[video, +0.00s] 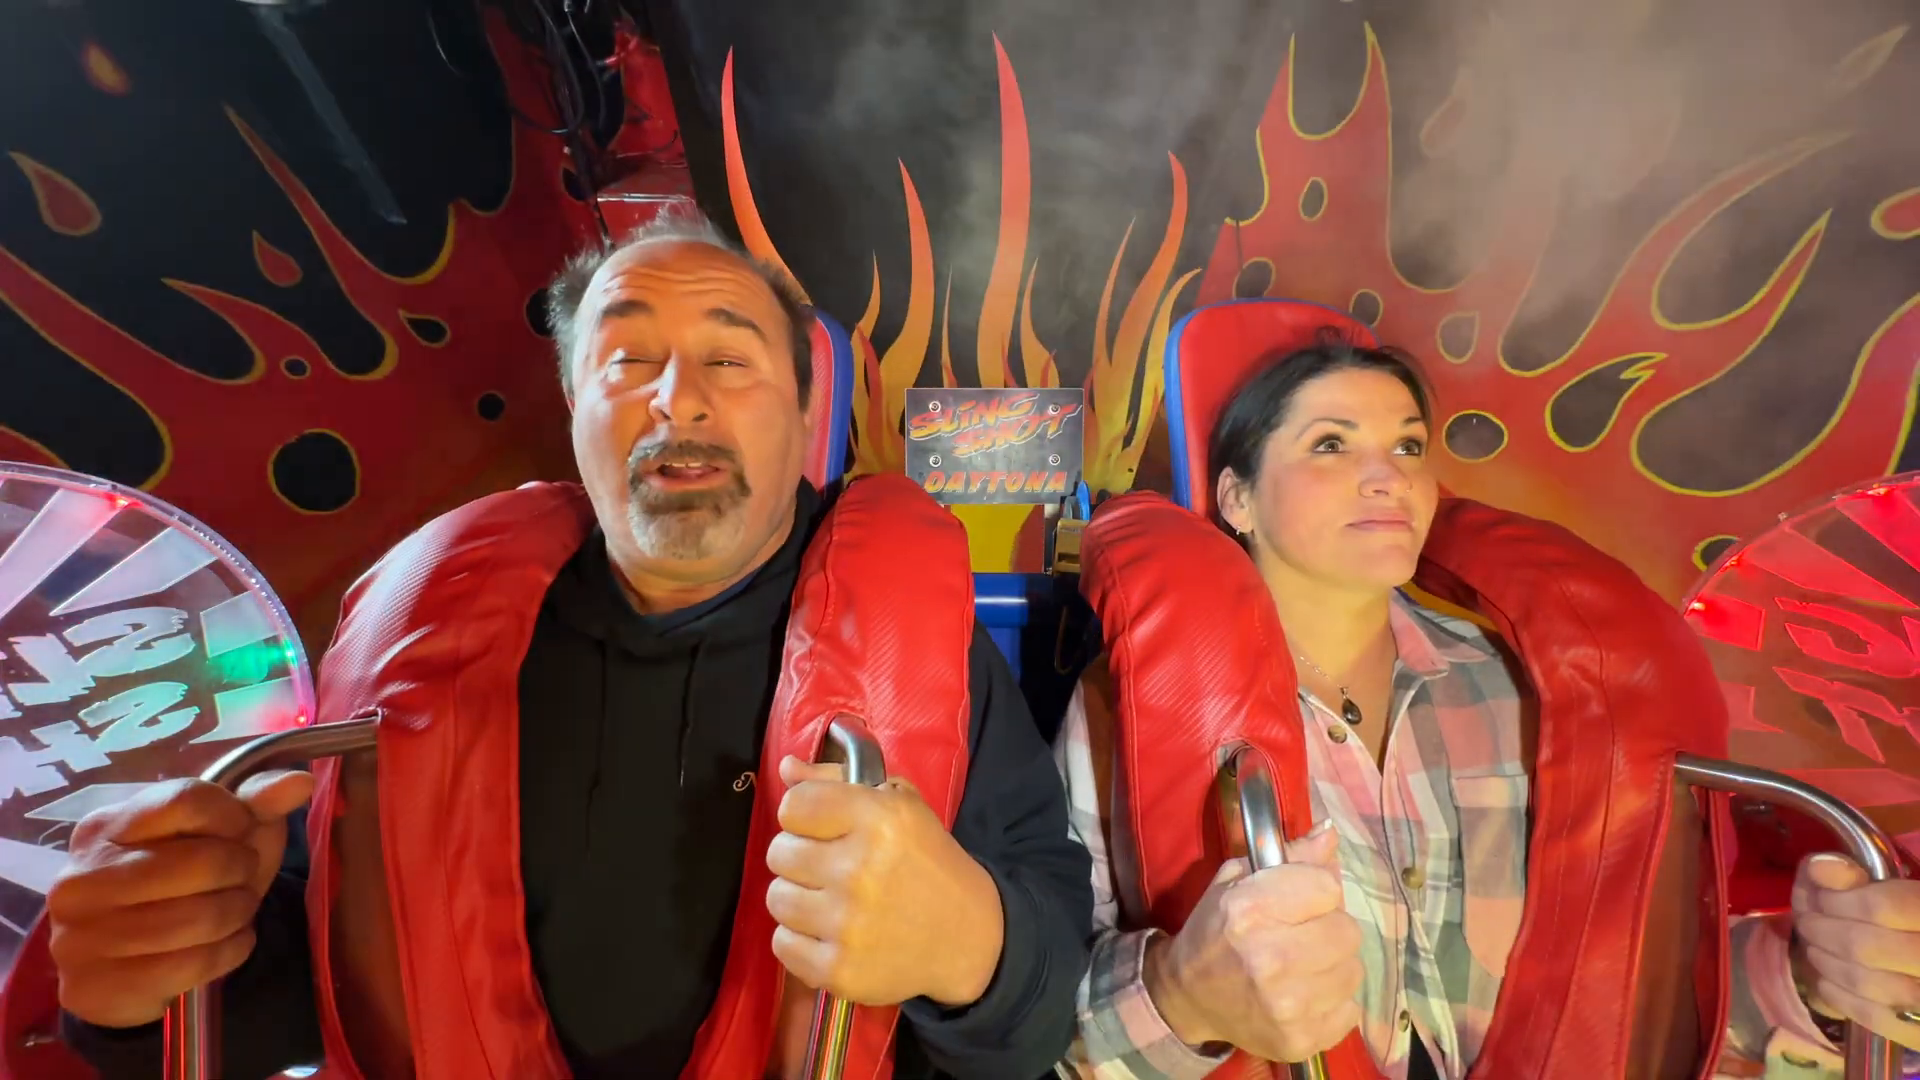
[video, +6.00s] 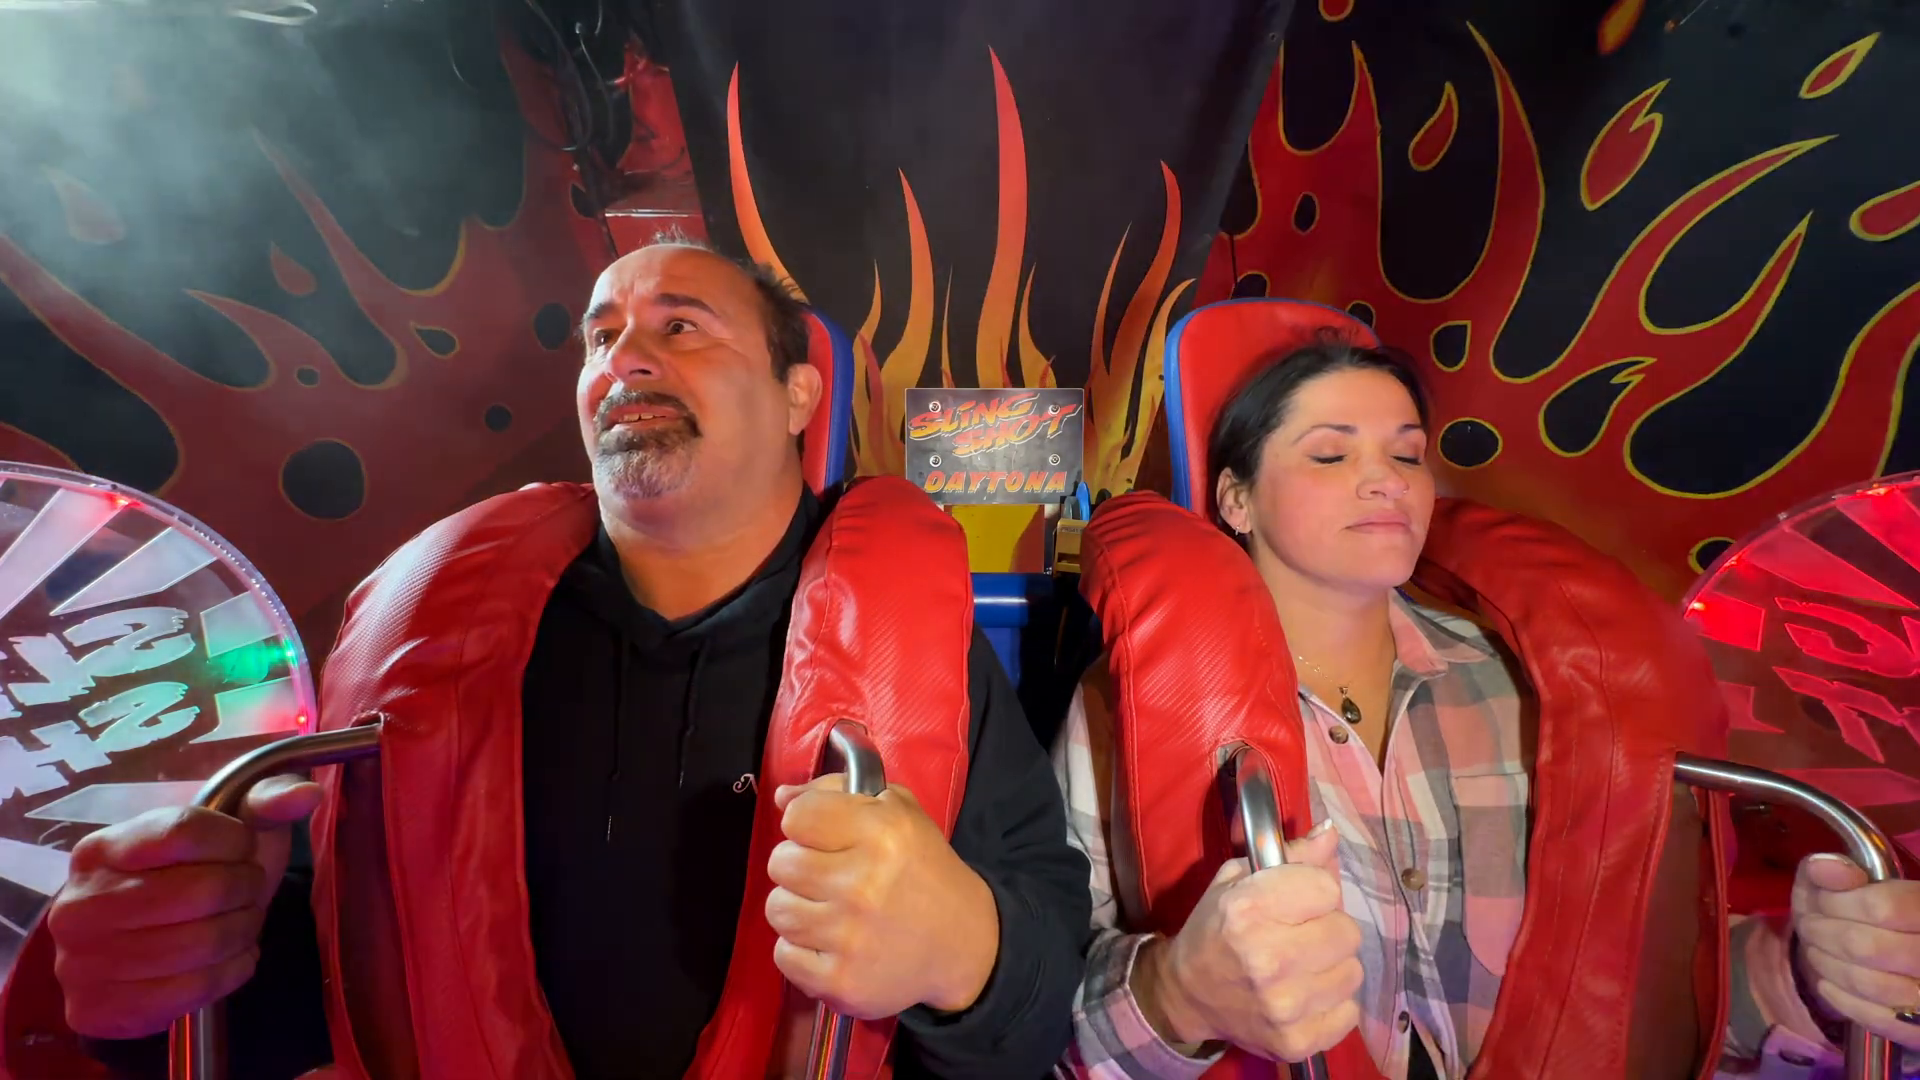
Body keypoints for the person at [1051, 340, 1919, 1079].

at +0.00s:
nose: (1388, 478)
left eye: (1408, 447)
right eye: (1330, 447)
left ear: (1437, 485)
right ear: (1238, 500)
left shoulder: (1514, 693)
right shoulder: (1141, 712)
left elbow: (1599, 975)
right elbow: (1041, 1028)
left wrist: (1793, 968)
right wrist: (1170, 1000)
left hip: (1488, 1067)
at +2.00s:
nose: (1382, 485)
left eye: (1405, 454)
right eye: (1328, 454)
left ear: (1436, 487)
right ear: (1235, 500)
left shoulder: (1514, 692)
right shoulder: (1137, 715)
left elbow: (1605, 972)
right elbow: (1055, 1029)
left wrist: (1801, 972)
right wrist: (1173, 1003)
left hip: (1488, 1066)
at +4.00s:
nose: (1383, 482)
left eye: (1405, 454)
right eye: (1328, 454)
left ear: (1435, 488)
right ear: (1238, 500)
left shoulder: (1518, 686)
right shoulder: (1143, 708)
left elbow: (1607, 969)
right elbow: (1050, 1031)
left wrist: (1790, 972)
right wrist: (1171, 996)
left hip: (1501, 1065)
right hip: (1269, 1073)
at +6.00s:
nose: (1383, 485)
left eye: (1405, 456)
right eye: (1330, 457)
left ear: (1435, 490)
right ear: (1239, 501)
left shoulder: (1519, 688)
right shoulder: (1143, 712)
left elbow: (1614, 963)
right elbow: (1055, 1033)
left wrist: (1797, 970)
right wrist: (1170, 996)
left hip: (1497, 1066)